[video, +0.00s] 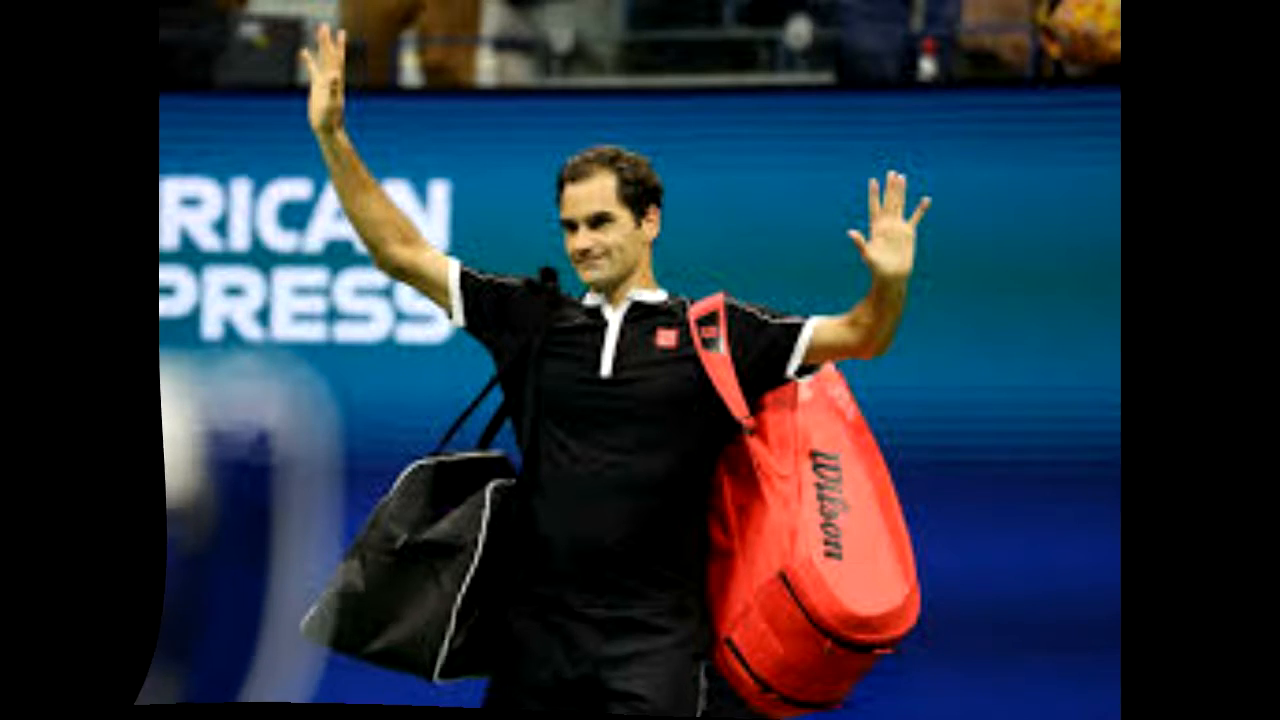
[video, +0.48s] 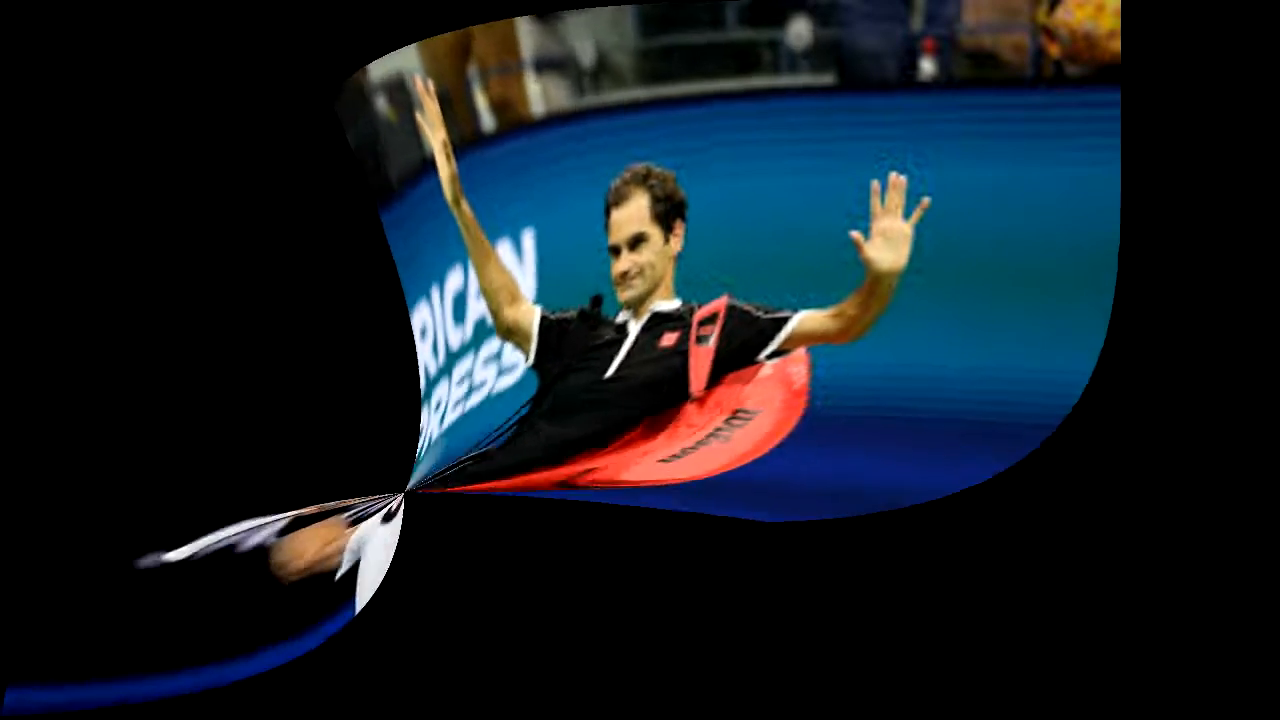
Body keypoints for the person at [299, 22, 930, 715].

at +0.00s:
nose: (581, 241)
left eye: (599, 224)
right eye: (570, 227)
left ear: (648, 224)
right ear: (560, 234)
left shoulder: (717, 329)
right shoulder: (529, 317)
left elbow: (859, 337)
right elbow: (397, 250)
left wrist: (889, 286)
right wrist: (329, 135)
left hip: (656, 629)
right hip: (539, 625)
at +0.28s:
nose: (583, 243)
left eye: (600, 225)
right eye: (571, 229)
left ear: (649, 224)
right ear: (562, 237)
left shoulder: (713, 330)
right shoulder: (537, 314)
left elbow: (862, 338)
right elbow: (418, 261)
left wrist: (890, 282)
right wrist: (338, 140)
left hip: (571, 576)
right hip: (472, 551)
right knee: (349, 606)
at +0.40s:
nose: (600, 253)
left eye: (615, 233)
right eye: (589, 238)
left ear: (659, 229)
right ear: (581, 243)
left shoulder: (713, 327)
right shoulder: (556, 324)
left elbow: (853, 332)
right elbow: (464, 287)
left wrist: (886, 285)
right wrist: (396, 171)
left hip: (523, 523)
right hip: (462, 487)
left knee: (352, 553)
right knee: (321, 553)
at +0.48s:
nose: (620, 262)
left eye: (635, 245)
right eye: (611, 249)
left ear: (674, 240)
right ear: (604, 251)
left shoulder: (712, 325)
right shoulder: (578, 331)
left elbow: (843, 326)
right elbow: (506, 308)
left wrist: (883, 275)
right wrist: (451, 190)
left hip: (511, 493)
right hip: (440, 487)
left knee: (309, 559)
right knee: (286, 559)